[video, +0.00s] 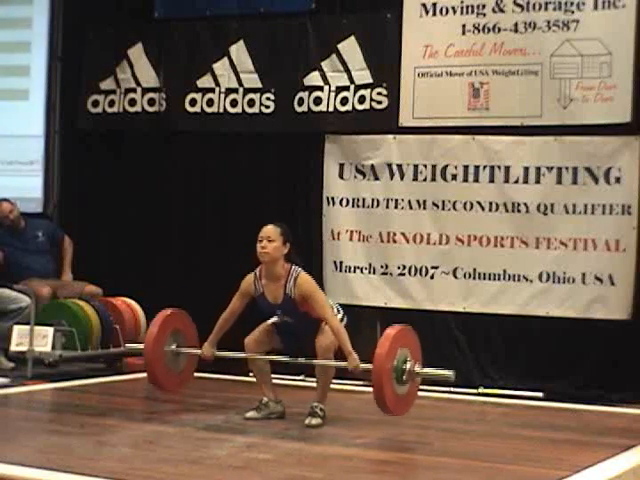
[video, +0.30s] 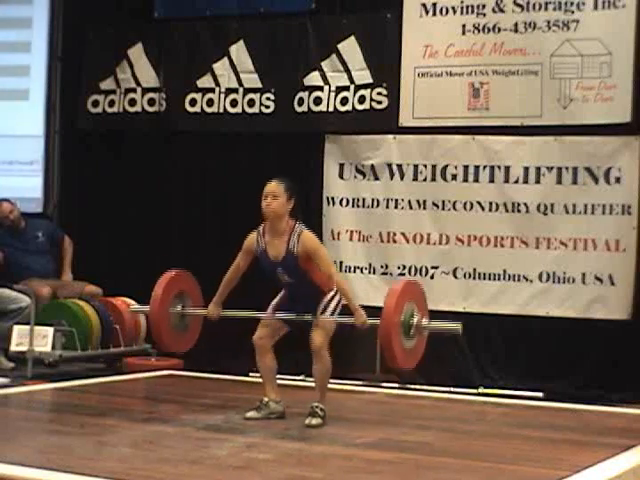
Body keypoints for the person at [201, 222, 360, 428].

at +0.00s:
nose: (262, 245)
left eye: (269, 241)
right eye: (260, 241)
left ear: (285, 248)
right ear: (256, 246)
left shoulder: (301, 281)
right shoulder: (251, 282)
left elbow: (330, 318)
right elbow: (231, 313)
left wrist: (350, 353)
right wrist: (210, 342)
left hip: (321, 322)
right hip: (288, 323)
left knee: (325, 344)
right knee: (252, 344)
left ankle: (319, 406)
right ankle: (271, 402)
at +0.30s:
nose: (267, 202)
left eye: (274, 197)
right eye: (265, 197)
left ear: (289, 203)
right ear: (261, 202)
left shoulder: (305, 239)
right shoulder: (255, 240)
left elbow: (333, 275)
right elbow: (236, 270)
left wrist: (356, 309)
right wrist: (216, 302)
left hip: (325, 294)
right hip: (293, 294)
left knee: (318, 344)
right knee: (261, 339)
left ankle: (319, 405)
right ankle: (272, 401)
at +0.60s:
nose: (306, 143)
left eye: (314, 140)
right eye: (304, 139)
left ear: (326, 149)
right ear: (298, 146)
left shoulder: (331, 181)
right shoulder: (280, 179)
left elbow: (352, 204)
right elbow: (247, 202)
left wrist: (360, 230)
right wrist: (218, 225)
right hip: (277, 260)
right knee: (268, 327)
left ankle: (316, 399)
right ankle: (263, 392)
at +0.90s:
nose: (288, 232)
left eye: (296, 228)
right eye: (286, 227)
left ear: (308, 237)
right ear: (280, 233)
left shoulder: (316, 265)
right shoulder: (267, 260)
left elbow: (352, 245)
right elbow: (238, 239)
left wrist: (367, 213)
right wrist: (217, 209)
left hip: (312, 347)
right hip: (278, 345)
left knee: (330, 357)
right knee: (233, 359)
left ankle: (332, 408)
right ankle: (262, 403)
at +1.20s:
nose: (274, 276)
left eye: (280, 271)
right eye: (271, 270)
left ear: (297, 274)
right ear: (268, 273)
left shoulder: (309, 302)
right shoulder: (264, 295)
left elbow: (343, 276)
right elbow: (238, 270)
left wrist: (367, 250)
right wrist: (216, 243)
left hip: (307, 378)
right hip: (275, 376)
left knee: (326, 359)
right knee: (235, 358)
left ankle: (330, 408)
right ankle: (264, 404)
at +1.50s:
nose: (276, 276)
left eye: (282, 270)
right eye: (273, 270)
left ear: (298, 272)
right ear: (269, 272)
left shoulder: (312, 298)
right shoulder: (266, 293)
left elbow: (344, 271)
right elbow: (241, 266)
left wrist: (371, 243)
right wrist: (218, 241)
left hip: (311, 378)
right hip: (278, 376)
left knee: (333, 362)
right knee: (237, 358)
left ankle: (331, 408)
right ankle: (264, 404)